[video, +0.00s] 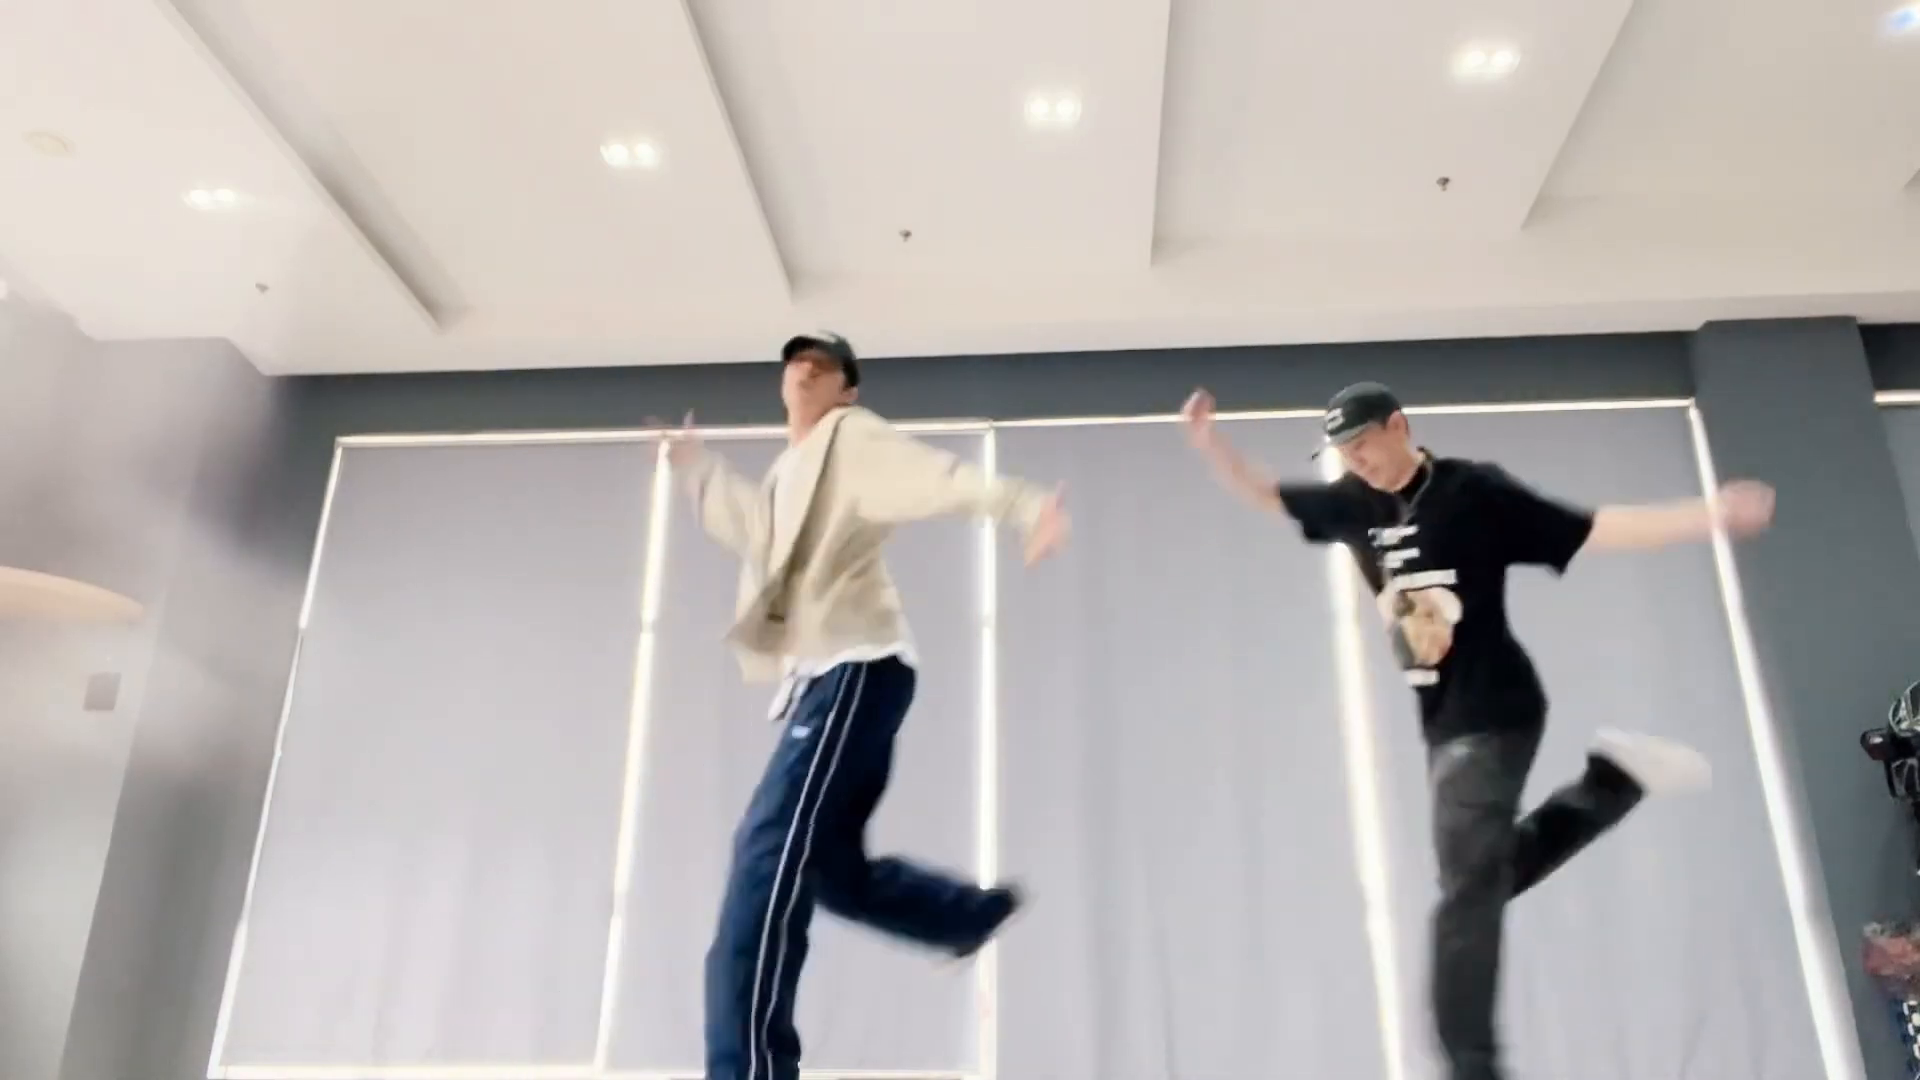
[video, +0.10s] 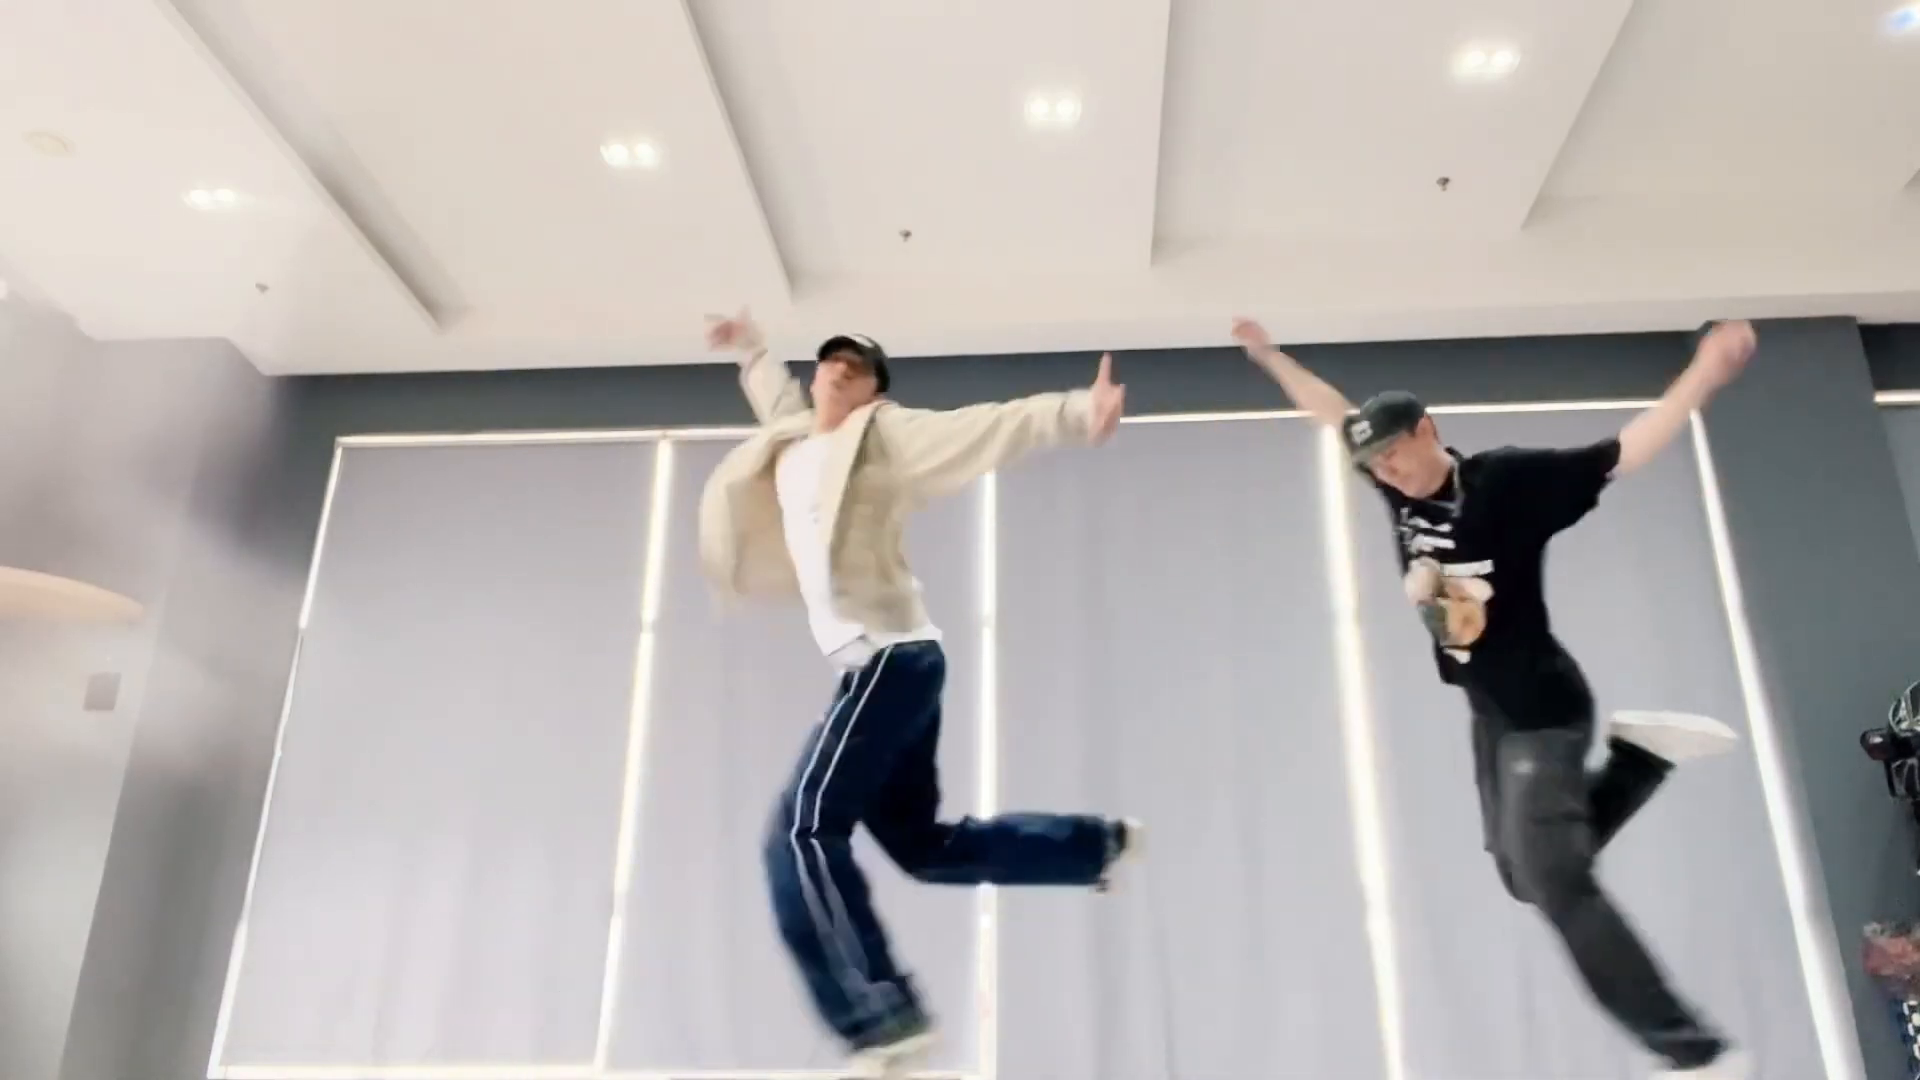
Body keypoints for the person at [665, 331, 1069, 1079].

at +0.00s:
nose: (803, 375)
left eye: (820, 368)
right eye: (794, 366)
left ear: (846, 390)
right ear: (781, 388)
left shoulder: (853, 437)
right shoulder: (783, 472)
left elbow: (931, 475)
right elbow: (756, 536)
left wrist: (1021, 503)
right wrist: (698, 468)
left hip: (858, 672)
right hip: (823, 677)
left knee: (771, 850)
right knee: (833, 868)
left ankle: (749, 1063)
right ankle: (968, 916)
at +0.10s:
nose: (838, 372)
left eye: (855, 368)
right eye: (830, 365)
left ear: (877, 390)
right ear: (811, 385)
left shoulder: (883, 432)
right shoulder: (797, 442)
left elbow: (976, 429)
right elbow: (778, 406)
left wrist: (1078, 412)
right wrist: (749, 352)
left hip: (896, 662)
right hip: (871, 666)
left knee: (803, 830)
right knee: (922, 847)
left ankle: (884, 1026)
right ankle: (1094, 847)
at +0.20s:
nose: (862, 392)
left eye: (880, 387)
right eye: (854, 382)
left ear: (901, 413)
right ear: (836, 401)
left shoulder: (905, 458)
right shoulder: (823, 467)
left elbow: (991, 436)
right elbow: (819, 405)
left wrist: (1071, 392)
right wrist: (800, 342)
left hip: (909, 684)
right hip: (906, 686)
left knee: (893, 892)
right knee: (982, 839)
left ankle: (998, 1037)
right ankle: (1138, 870)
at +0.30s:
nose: (868, 401)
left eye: (883, 390)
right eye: (857, 393)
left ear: (914, 406)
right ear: (848, 411)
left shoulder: (937, 453)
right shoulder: (849, 486)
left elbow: (1006, 460)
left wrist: (1019, 464)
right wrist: (783, 451)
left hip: (940, 691)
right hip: (951, 696)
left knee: (857, 869)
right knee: (1016, 880)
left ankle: (984, 1049)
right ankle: (1186, 966)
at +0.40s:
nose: (873, 464)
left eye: (881, 445)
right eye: (862, 456)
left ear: (917, 438)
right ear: (865, 466)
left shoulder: (961, 480)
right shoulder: (890, 527)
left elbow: (1000, 552)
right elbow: (844, 634)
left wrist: (883, 594)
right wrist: (781, 609)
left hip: (963, 710)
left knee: (808, 815)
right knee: (1025, 916)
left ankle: (926, 954)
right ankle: (1159, 1067)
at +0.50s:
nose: (870, 513)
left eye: (877, 494)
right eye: (862, 503)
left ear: (921, 483)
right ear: (870, 508)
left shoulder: (955, 535)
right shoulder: (915, 581)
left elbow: (931, 619)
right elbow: (907, 714)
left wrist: (835, 626)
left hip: (984, 748)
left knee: (800, 794)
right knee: (1019, 959)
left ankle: (873, 962)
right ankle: (1145, 1068)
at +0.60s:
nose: (845, 489)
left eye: (853, 473)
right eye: (840, 478)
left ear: (894, 464)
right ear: (888, 472)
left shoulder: (908, 508)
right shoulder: (904, 547)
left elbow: (866, 599)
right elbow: (875, 696)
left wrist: (779, 605)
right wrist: (787, 721)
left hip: (947, 739)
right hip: (980, 763)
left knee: (791, 842)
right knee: (1031, 952)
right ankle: (1152, 1065)